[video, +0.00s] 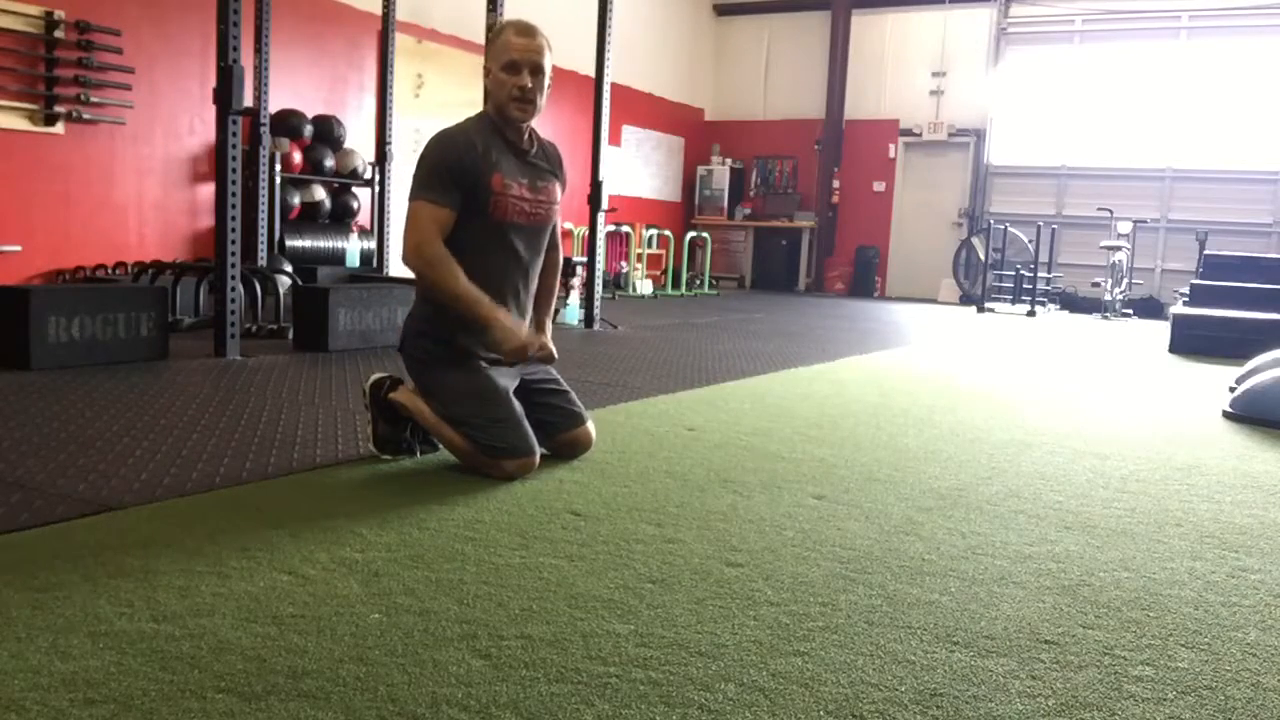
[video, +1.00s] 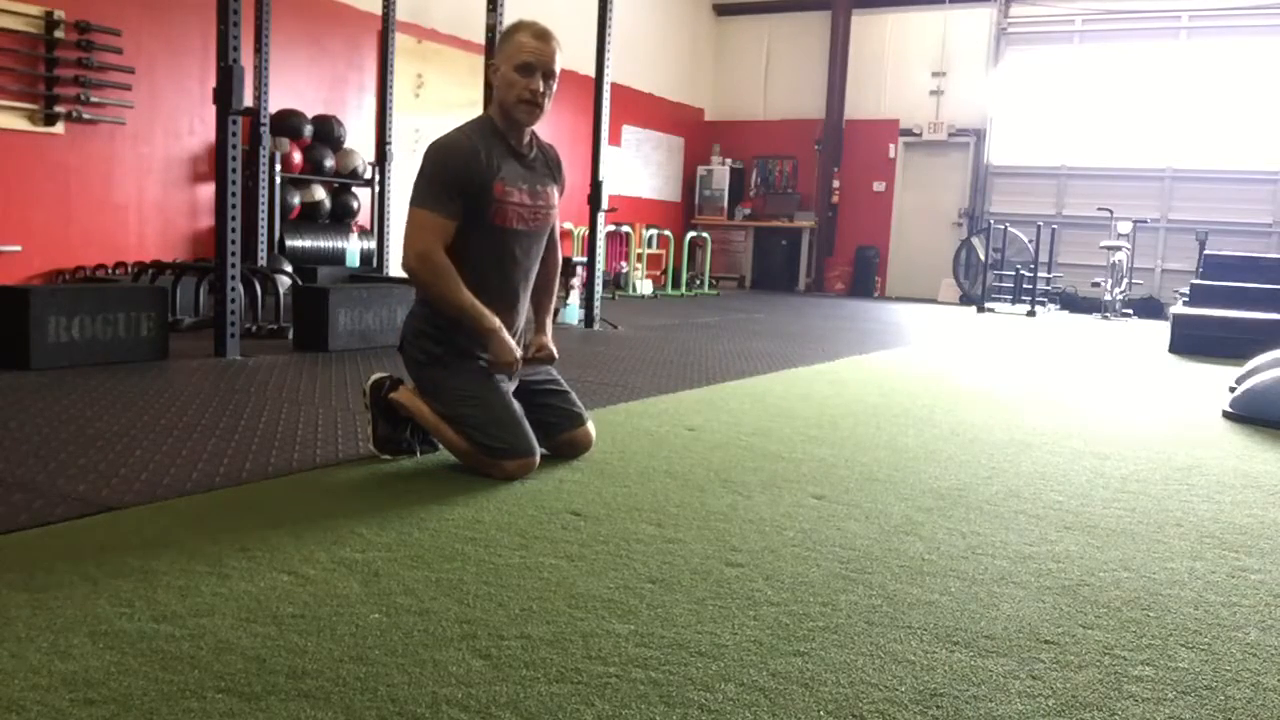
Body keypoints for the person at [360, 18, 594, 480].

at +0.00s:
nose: (524, 82)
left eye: (536, 71)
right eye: (510, 69)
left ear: (549, 80)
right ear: (486, 74)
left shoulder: (548, 157)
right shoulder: (454, 147)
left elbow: (550, 246)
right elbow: (420, 247)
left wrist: (542, 326)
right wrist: (495, 320)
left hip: (515, 340)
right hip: (449, 346)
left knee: (574, 439)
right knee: (515, 462)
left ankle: (444, 413)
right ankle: (399, 400)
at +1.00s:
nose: (538, 87)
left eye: (549, 77)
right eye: (525, 70)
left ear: (556, 87)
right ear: (493, 72)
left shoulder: (548, 160)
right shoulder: (456, 152)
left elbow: (549, 247)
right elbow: (420, 256)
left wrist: (543, 328)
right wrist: (493, 330)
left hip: (513, 338)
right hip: (447, 345)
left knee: (573, 439)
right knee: (514, 463)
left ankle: (445, 411)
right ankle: (398, 399)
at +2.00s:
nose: (559, 93)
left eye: (567, 83)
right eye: (546, 79)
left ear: (574, 89)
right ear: (512, 76)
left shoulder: (561, 170)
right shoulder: (469, 156)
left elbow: (558, 250)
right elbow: (437, 265)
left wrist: (554, 332)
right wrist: (489, 352)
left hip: (510, 342)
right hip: (445, 344)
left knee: (574, 439)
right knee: (514, 463)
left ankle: (445, 411)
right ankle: (398, 398)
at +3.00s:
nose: (562, 78)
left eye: (572, 68)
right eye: (549, 63)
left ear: (579, 80)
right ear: (518, 68)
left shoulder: (573, 162)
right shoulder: (485, 145)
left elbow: (565, 258)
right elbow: (466, 255)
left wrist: (568, 342)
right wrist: (525, 349)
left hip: (518, 336)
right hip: (455, 337)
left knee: (574, 440)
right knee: (515, 463)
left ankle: (448, 407)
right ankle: (401, 396)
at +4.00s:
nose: (531, 78)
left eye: (534, 66)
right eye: (518, 65)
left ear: (537, 73)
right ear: (475, 71)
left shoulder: (521, 155)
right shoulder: (450, 147)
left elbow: (565, 253)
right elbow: (495, 234)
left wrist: (590, 184)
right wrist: (540, 158)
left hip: (508, 346)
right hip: (447, 348)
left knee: (573, 439)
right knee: (514, 462)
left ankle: (443, 411)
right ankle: (398, 400)